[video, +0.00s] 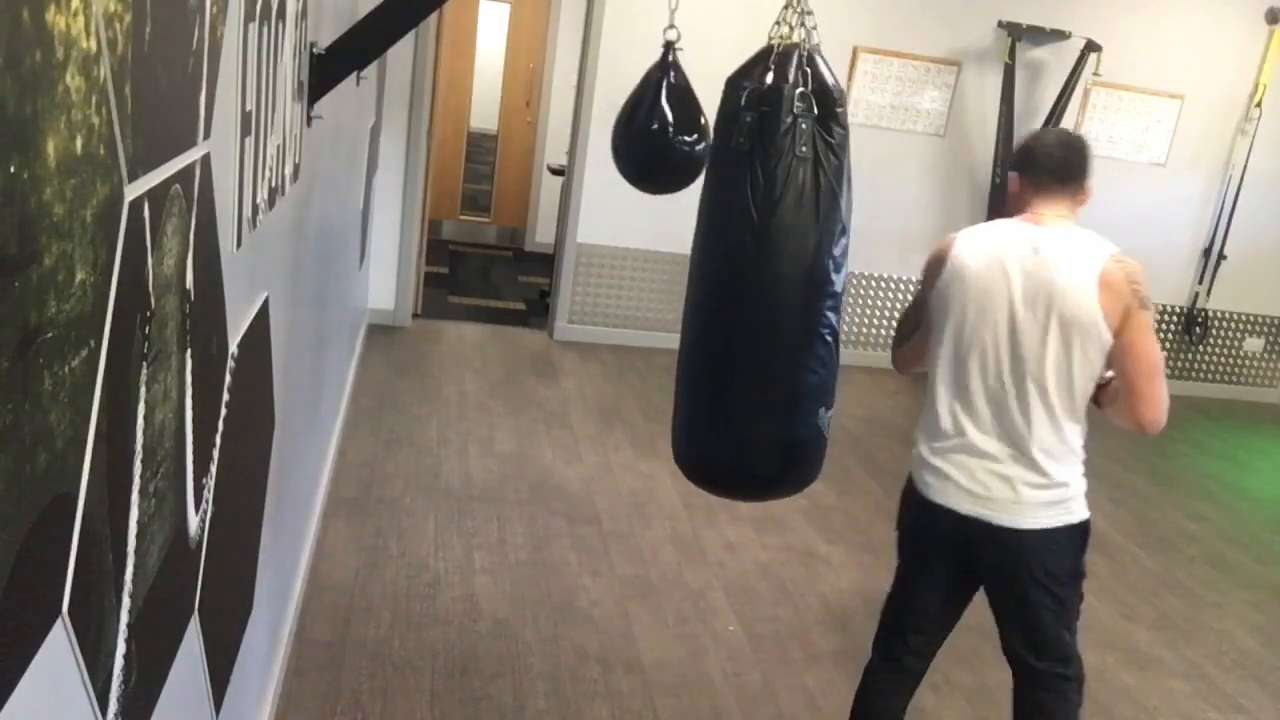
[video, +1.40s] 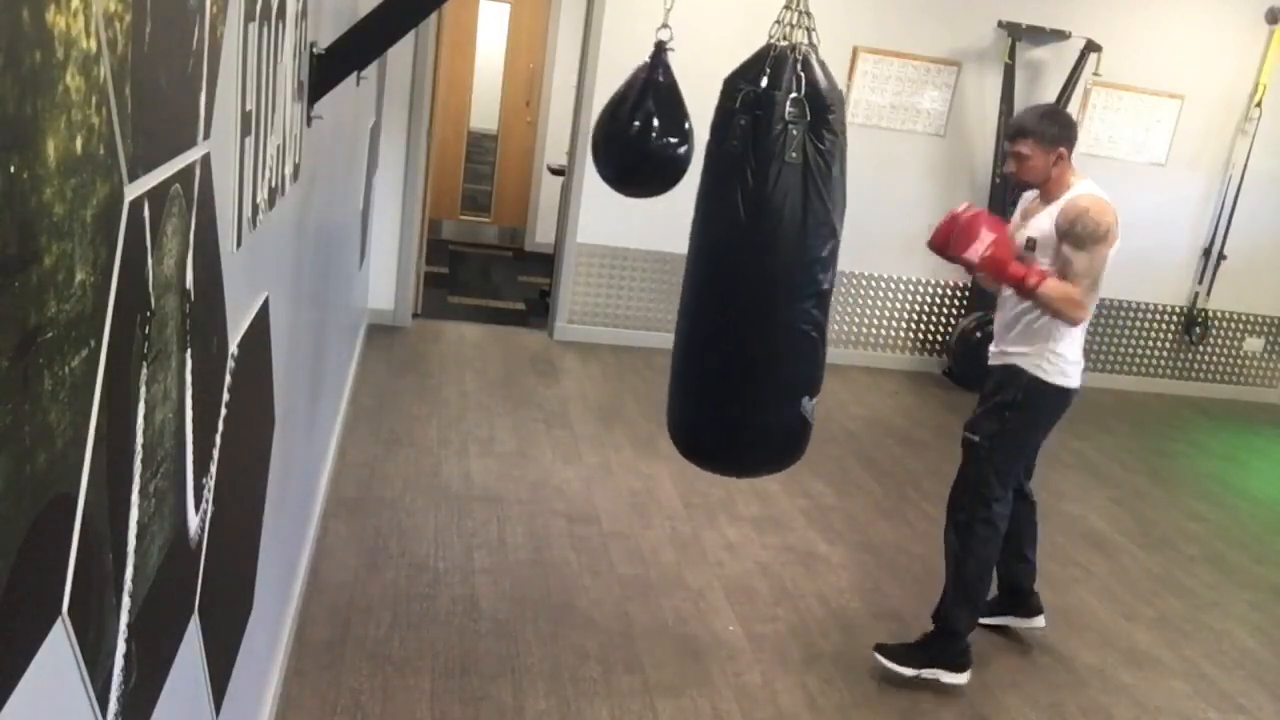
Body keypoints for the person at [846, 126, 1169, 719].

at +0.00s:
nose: (1006, 188)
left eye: (1007, 181)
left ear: (1014, 184)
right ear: (1085, 192)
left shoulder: (958, 251)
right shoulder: (1116, 276)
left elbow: (907, 356)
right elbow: (1147, 413)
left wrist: (978, 347)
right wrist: (1085, 383)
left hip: (937, 509)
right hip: (1039, 530)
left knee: (896, 660)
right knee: (1049, 681)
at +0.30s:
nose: (1077, 204)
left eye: (1081, 192)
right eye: (1080, 193)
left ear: (1100, 192)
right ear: (1154, 198)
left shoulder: (1053, 255)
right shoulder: (1203, 289)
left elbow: (974, 347)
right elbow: (1199, 408)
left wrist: (1017, 337)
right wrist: (1132, 382)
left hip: (1019, 481)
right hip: (1113, 504)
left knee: (955, 604)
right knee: (1098, 644)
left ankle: (905, 710)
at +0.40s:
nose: (1076, 192)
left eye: (1081, 177)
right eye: (1077, 178)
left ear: (1109, 175)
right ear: (1147, 180)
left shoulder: (1077, 240)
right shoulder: (1209, 267)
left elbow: (1031, 341)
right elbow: (1195, 375)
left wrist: (998, 329)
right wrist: (1127, 348)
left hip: (1032, 455)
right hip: (1123, 478)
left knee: (971, 573)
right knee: (1101, 628)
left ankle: (941, 703)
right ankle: (1081, 719)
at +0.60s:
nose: (1046, 197)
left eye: (1054, 186)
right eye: (1047, 185)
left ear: (1093, 186)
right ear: (1109, 186)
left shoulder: (1085, 256)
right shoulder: (1170, 248)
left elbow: (1073, 370)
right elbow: (1130, 328)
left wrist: (1006, 331)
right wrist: (1057, 287)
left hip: (1044, 452)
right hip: (1121, 466)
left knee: (987, 565)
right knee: (1097, 615)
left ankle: (963, 670)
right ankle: (1081, 713)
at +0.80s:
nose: (1013, 205)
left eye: (1020, 195)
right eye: (1011, 194)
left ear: (1059, 192)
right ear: (1067, 191)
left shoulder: (1059, 266)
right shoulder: (1127, 237)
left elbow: (1017, 363)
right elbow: (1088, 326)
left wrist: (972, 309)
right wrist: (1018, 288)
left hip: (1033, 434)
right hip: (1096, 440)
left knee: (971, 538)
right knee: (1060, 543)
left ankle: (966, 671)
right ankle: (1104, 682)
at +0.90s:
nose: (1011, 186)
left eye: (1019, 176)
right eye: (1011, 174)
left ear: (1061, 173)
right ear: (1066, 174)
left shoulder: (1061, 243)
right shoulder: (1115, 219)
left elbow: (1014, 336)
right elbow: (1072, 301)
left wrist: (978, 280)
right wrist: (1014, 263)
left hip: (1036, 415)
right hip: (1090, 416)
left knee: (976, 532)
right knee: (1041, 517)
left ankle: (965, 666)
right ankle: (1081, 649)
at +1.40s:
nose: (1013, 165)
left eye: (1022, 157)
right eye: (1011, 156)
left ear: (1059, 155)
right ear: (1035, 156)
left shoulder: (1089, 213)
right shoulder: (1033, 202)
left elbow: (1076, 307)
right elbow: (1013, 282)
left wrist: (1013, 267)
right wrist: (973, 251)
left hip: (1038, 374)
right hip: (1013, 364)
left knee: (975, 498)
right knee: (1008, 485)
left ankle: (948, 646)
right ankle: (1018, 596)